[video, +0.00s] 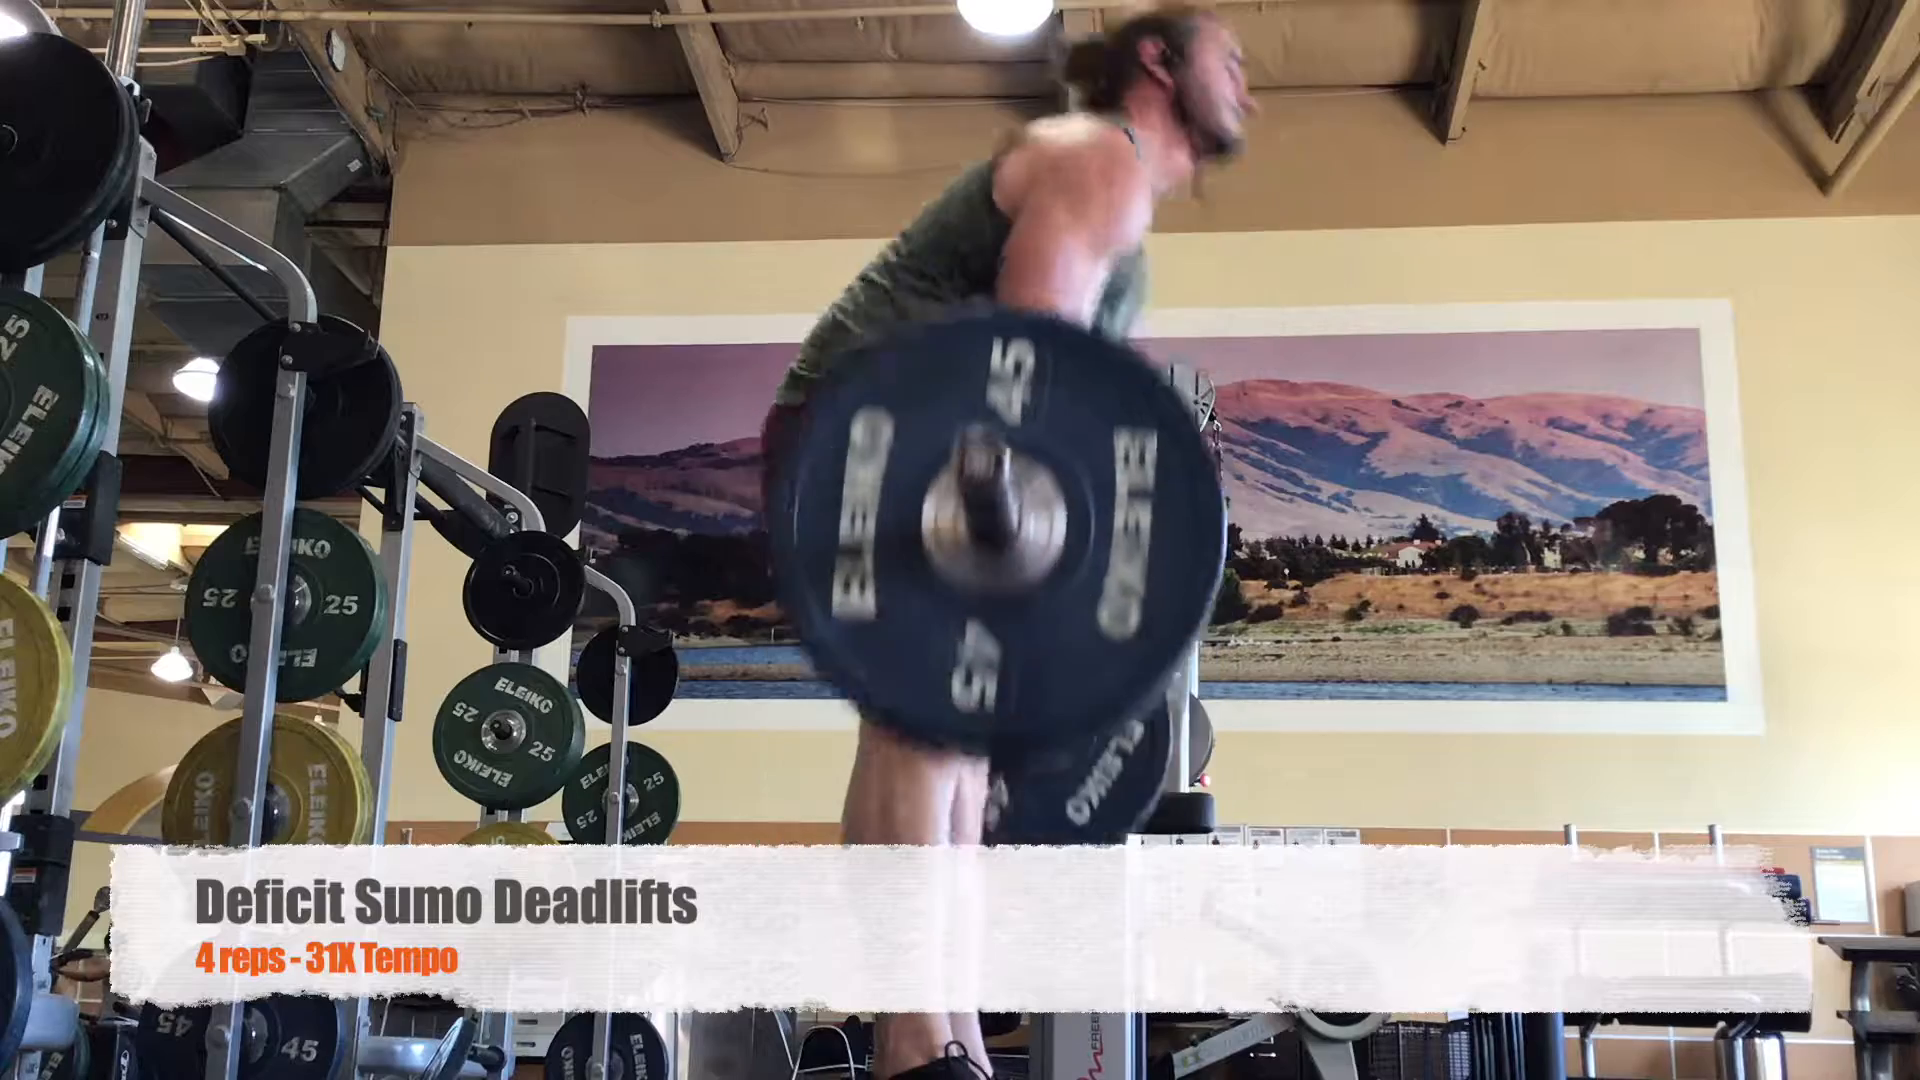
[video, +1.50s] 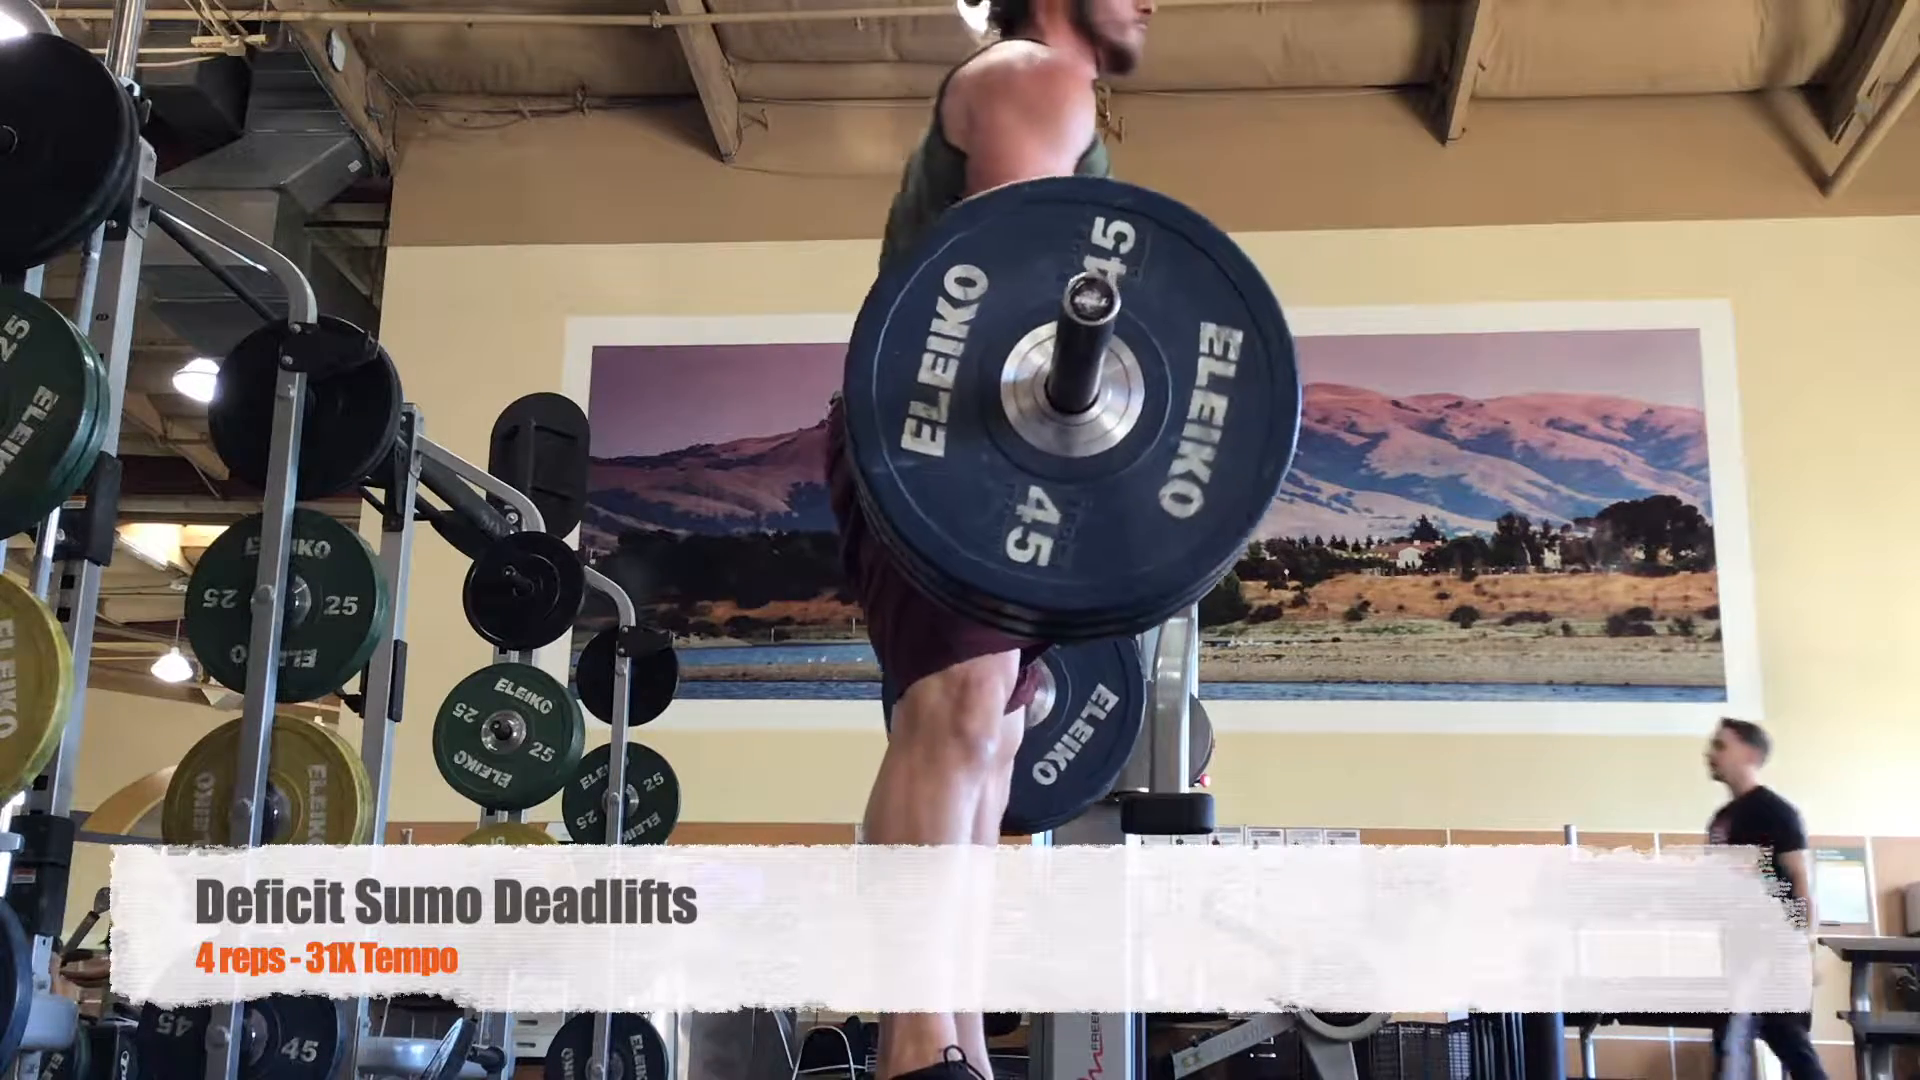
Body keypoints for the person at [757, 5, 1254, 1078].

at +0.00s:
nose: (1248, 96)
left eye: (1245, 76)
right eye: (1230, 68)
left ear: (1160, 71)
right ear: (1159, 66)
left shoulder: (1121, 195)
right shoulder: (1098, 151)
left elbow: (1078, 383)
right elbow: (1031, 342)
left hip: (907, 430)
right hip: (855, 417)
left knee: (963, 725)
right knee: (925, 718)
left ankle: (951, 1030)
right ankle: (914, 1038)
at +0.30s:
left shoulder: (978, 73)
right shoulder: (942, 61)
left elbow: (971, 281)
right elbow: (945, 274)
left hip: (973, 443)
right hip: (919, 437)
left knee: (995, 721)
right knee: (954, 709)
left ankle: (953, 1036)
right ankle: (910, 1047)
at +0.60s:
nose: (996, 3)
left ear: (900, 11)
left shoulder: (926, 82)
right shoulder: (898, 68)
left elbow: (972, 275)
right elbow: (956, 267)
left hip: (965, 426)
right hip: (914, 422)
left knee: (994, 724)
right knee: (960, 710)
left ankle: (955, 1036)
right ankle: (912, 1047)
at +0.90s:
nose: (1004, 3)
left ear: (902, 12)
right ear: (913, 0)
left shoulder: (925, 83)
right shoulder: (906, 70)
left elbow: (983, 281)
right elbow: (972, 274)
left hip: (961, 425)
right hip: (914, 420)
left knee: (991, 723)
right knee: (966, 709)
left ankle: (954, 1037)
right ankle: (913, 1046)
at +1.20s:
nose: (1049, 4)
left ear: (944, 1)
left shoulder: (969, 77)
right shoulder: (954, 62)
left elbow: (997, 282)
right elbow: (987, 277)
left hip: (967, 433)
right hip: (921, 426)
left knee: (991, 725)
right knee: (968, 711)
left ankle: (954, 1038)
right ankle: (913, 1048)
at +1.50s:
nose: (1148, 6)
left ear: (1058, 14)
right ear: (1061, 1)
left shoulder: (1053, 96)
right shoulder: (1031, 75)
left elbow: (1035, 328)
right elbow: (1030, 312)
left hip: (981, 443)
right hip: (926, 430)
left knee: (996, 718)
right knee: (961, 704)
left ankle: (953, 1035)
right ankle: (914, 1047)